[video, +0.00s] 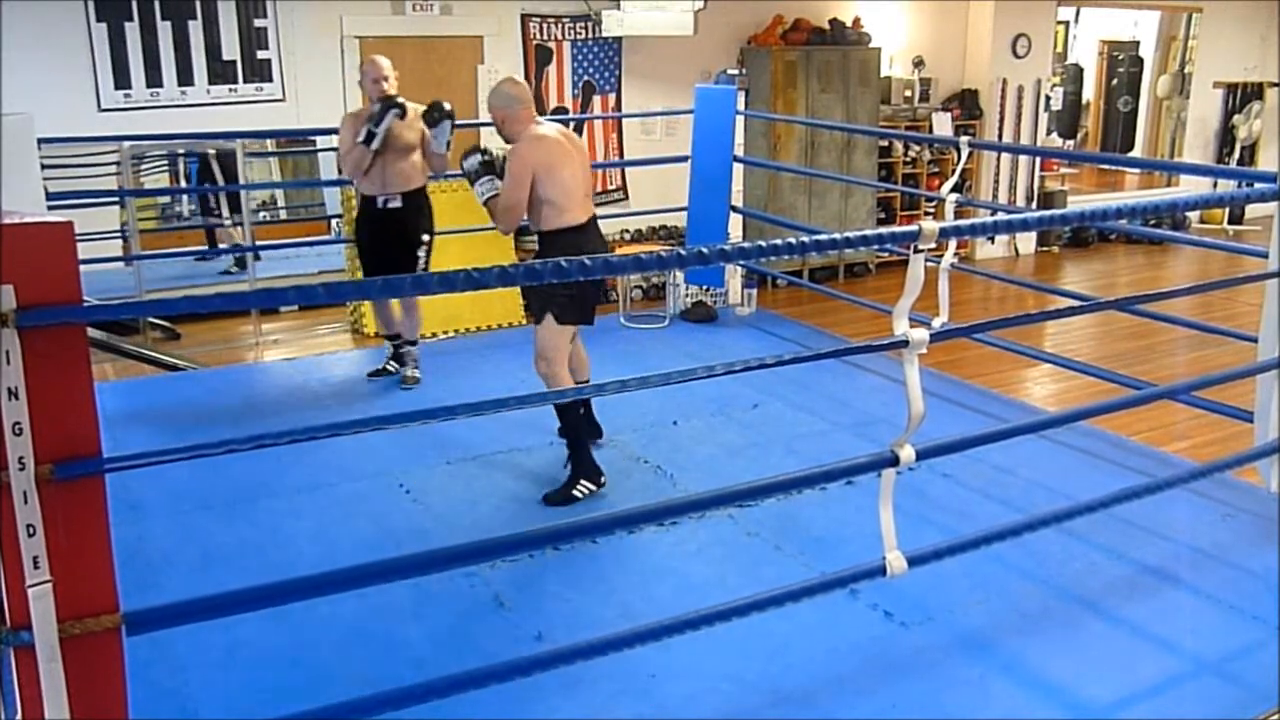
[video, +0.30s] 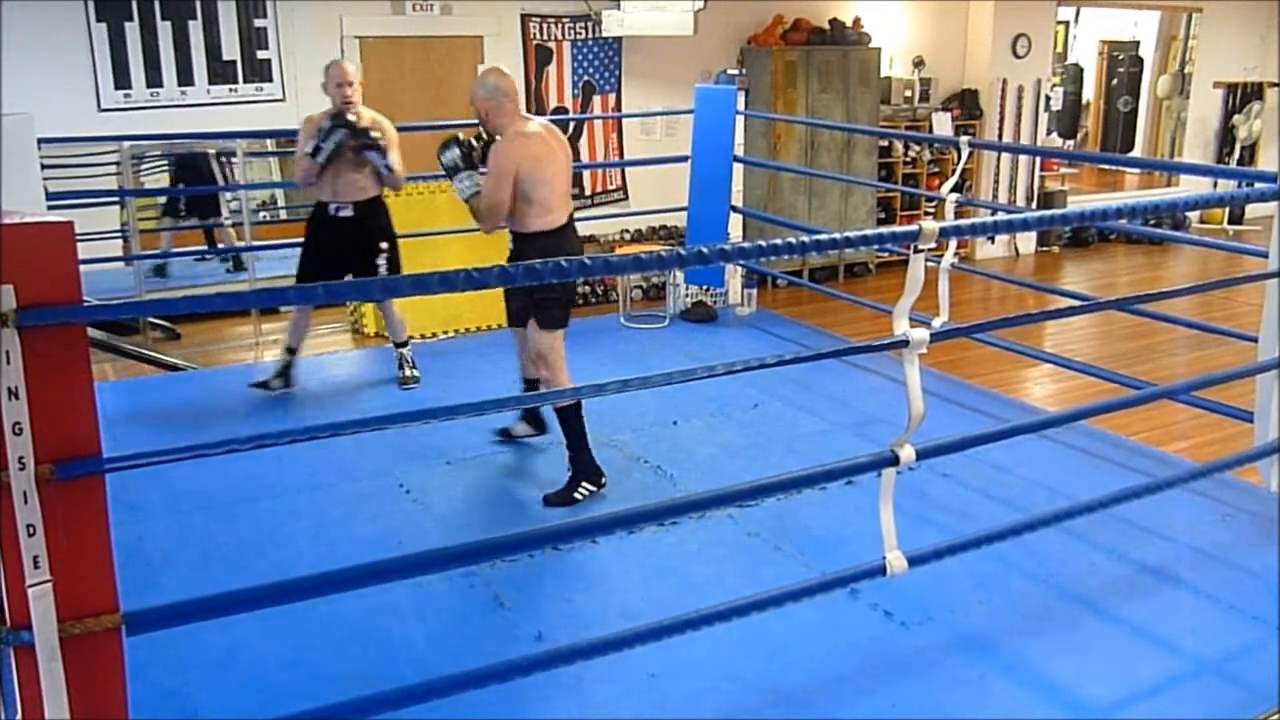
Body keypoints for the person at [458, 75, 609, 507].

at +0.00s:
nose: (496, 129)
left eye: (496, 121)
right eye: (494, 122)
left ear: (510, 114)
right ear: (529, 106)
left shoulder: (526, 150)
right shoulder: (567, 135)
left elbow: (507, 220)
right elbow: (555, 199)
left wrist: (484, 182)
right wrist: (501, 175)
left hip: (560, 252)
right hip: (588, 241)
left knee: (549, 362)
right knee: (568, 341)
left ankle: (585, 470)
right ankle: (585, 420)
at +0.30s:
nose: (479, 119)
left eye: (480, 111)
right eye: (477, 112)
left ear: (498, 105)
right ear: (510, 101)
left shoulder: (508, 148)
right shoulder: (550, 132)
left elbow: (490, 219)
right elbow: (541, 195)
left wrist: (469, 191)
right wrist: (490, 182)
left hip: (536, 251)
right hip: (559, 242)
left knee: (548, 361)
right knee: (525, 337)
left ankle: (586, 470)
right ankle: (532, 415)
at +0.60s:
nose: (459, 110)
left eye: (461, 103)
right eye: (458, 103)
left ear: (476, 101)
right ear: (499, 96)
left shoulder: (479, 139)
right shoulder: (530, 134)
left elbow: (440, 193)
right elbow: (541, 190)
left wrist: (441, 144)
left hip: (503, 248)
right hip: (531, 243)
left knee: (505, 360)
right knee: (500, 347)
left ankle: (554, 463)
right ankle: (515, 426)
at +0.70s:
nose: (451, 123)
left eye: (454, 115)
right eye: (450, 115)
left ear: (471, 111)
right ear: (490, 106)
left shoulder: (471, 148)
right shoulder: (525, 140)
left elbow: (434, 200)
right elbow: (534, 191)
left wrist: (434, 152)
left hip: (498, 256)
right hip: (526, 249)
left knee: (496, 368)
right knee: (469, 333)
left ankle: (546, 469)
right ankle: (500, 413)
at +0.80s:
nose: (443, 137)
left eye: (443, 128)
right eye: (441, 129)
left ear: (460, 124)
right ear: (476, 120)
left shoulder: (468, 165)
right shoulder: (519, 154)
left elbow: (427, 211)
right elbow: (529, 203)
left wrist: (415, 167)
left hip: (494, 270)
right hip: (513, 261)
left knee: (488, 376)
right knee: (461, 340)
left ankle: (544, 471)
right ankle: (456, 420)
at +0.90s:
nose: (436, 140)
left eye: (436, 132)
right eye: (433, 133)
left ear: (449, 128)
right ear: (468, 119)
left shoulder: (472, 165)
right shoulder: (501, 148)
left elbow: (423, 213)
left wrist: (409, 168)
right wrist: (443, 152)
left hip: (495, 270)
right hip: (488, 264)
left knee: (486, 372)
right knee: (453, 338)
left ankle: (543, 470)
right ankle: (457, 423)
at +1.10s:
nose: (423, 120)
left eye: (425, 113)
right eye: (422, 113)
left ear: (445, 113)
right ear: (456, 108)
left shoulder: (478, 150)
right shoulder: (465, 144)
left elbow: (437, 210)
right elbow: (440, 203)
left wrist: (421, 164)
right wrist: (427, 158)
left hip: (497, 254)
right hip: (471, 250)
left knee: (501, 362)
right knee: (463, 343)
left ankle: (551, 451)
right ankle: (458, 422)